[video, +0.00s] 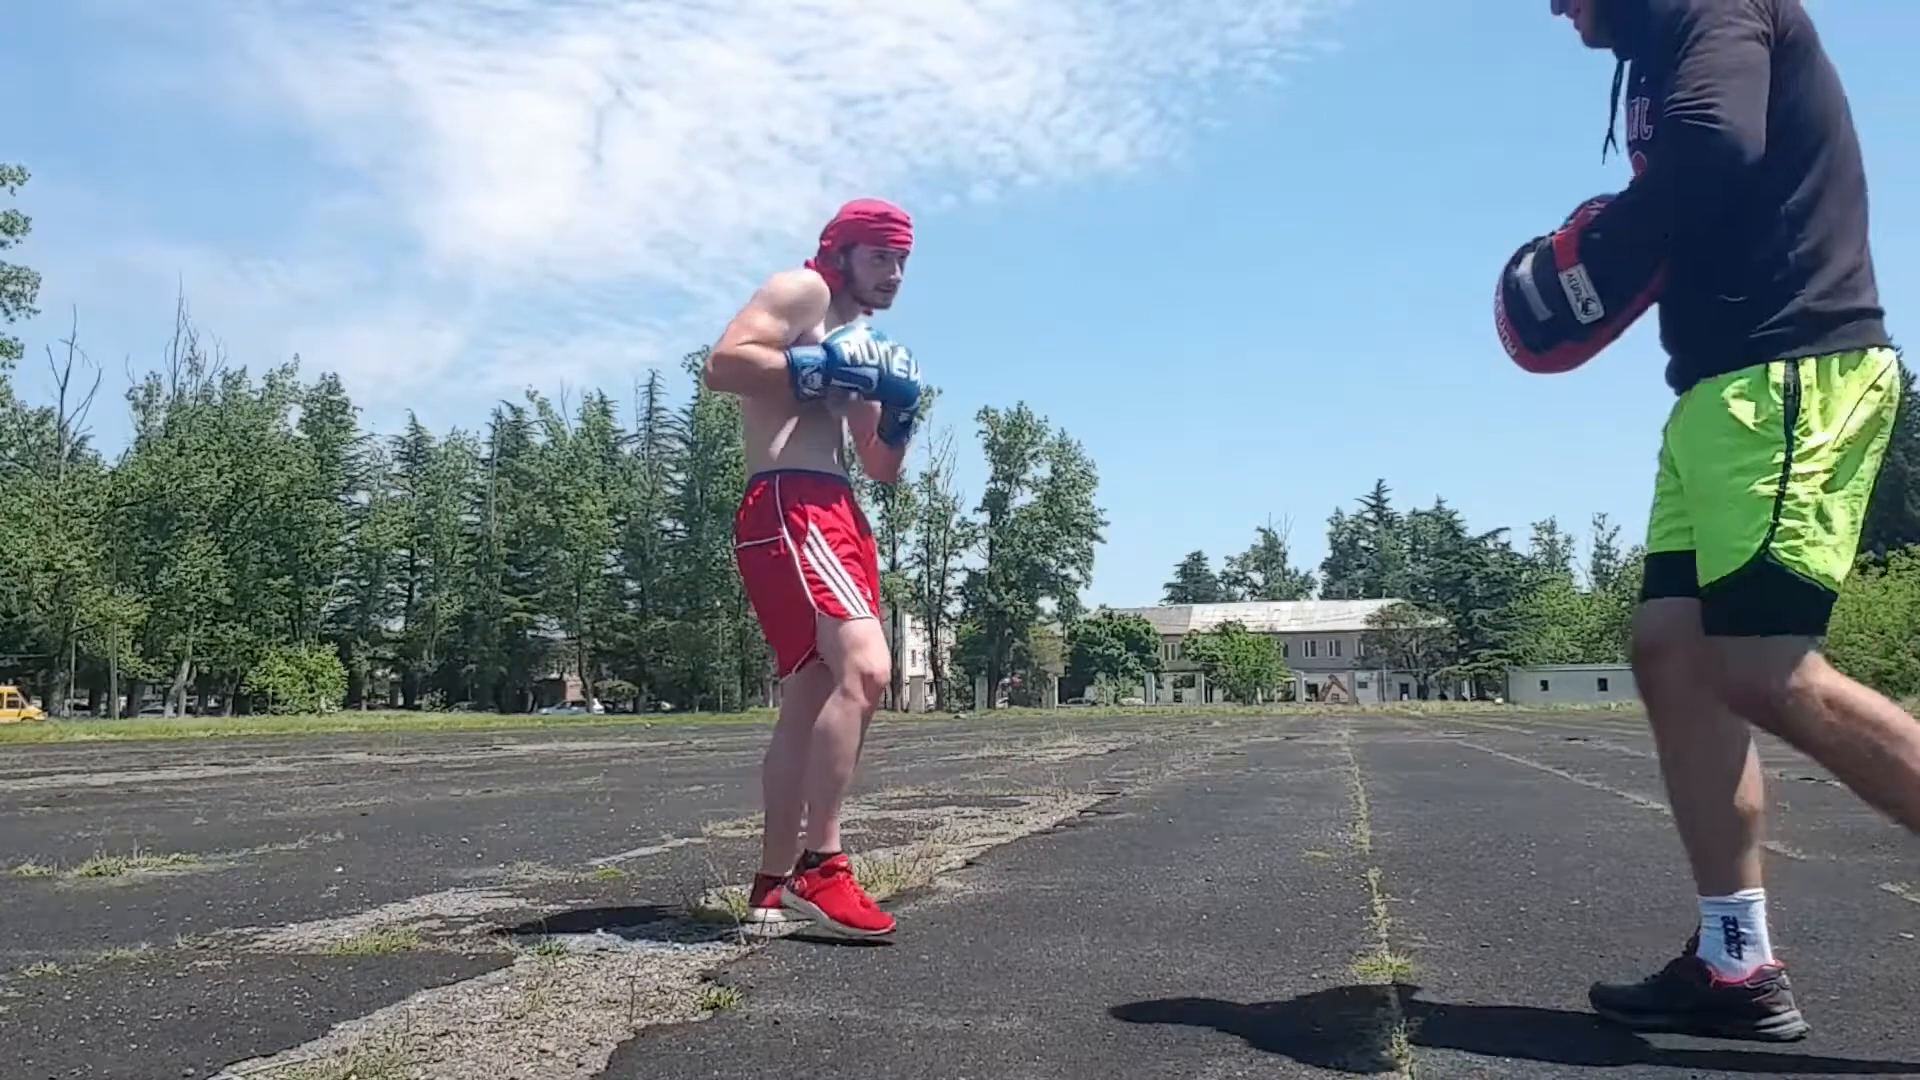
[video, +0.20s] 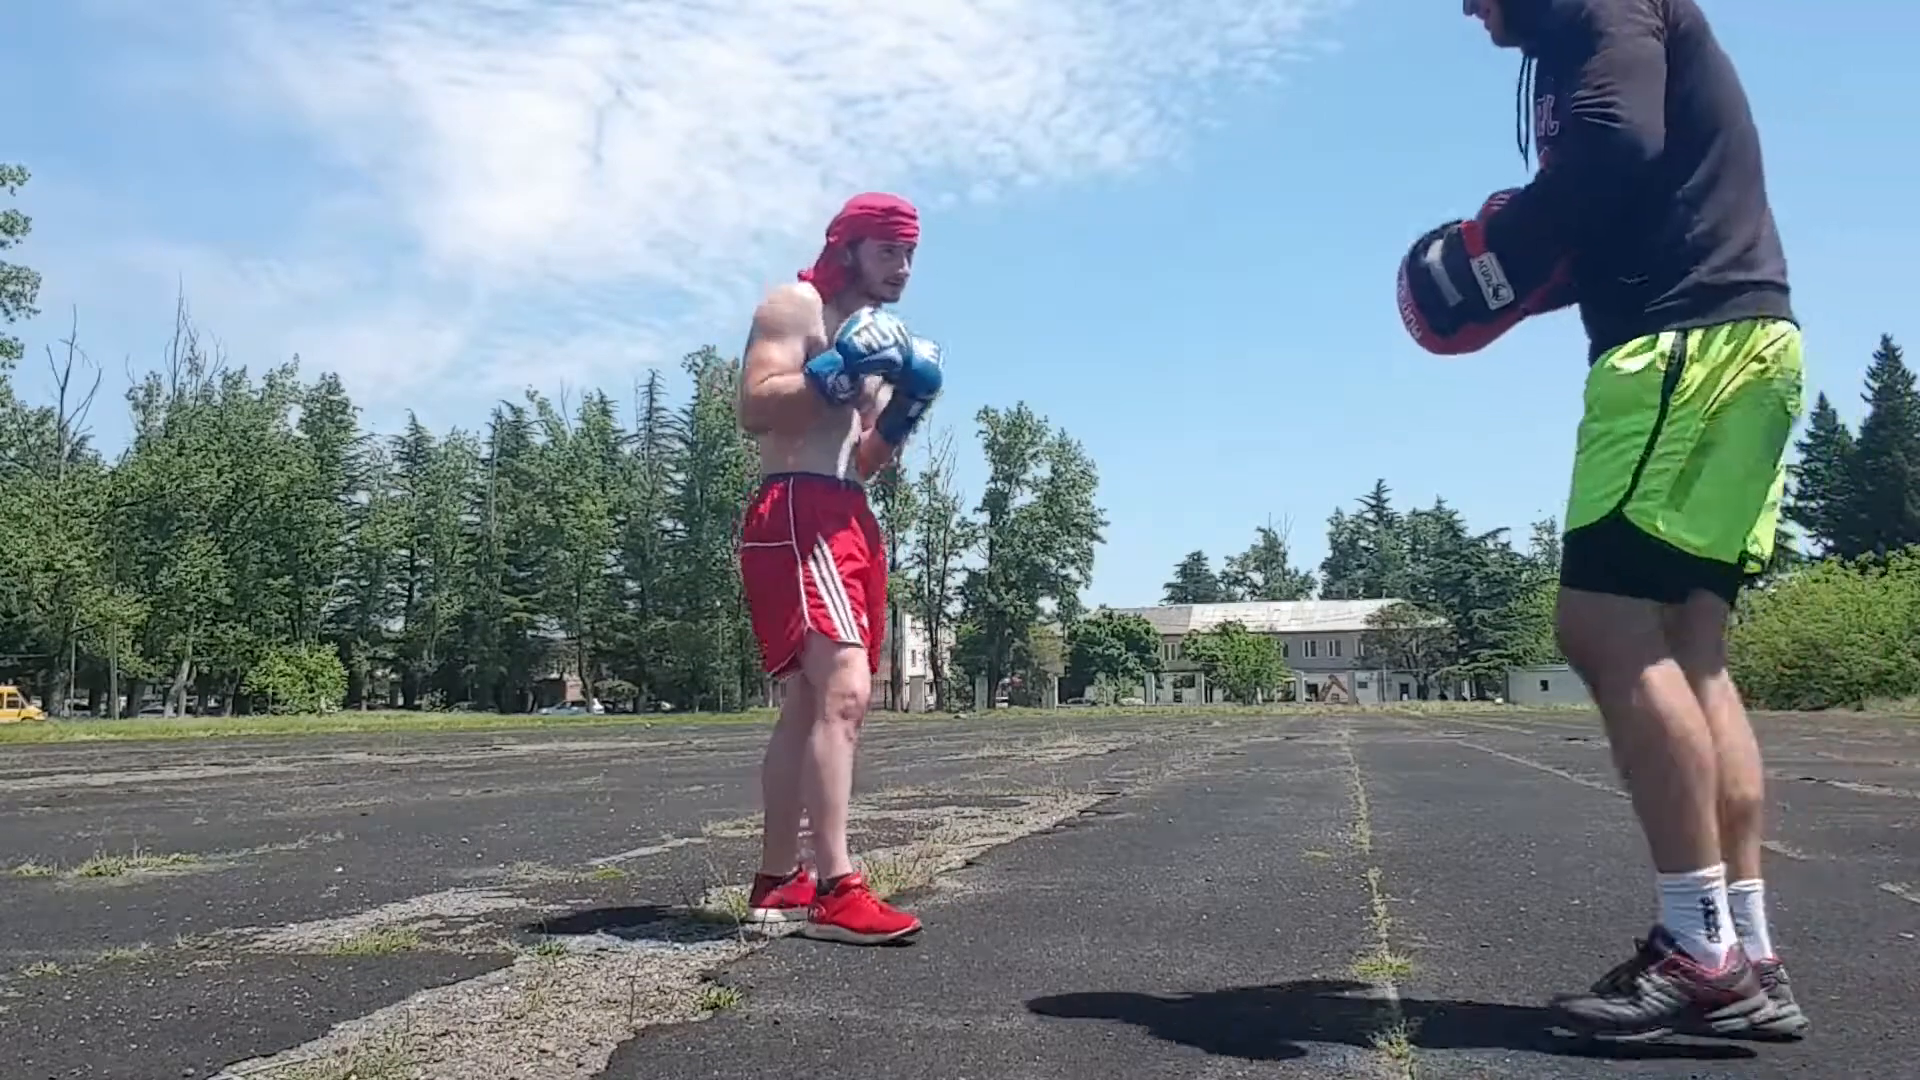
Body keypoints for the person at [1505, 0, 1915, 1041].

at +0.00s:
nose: (1561, 9)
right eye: (1557, 2)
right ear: (1609, 8)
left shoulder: (1713, 7)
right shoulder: (1660, 62)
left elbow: (1720, 141)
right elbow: (1688, 210)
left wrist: (1596, 248)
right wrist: (1581, 271)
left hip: (1798, 368)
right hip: (1720, 382)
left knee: (1757, 666)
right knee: (1670, 650)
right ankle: (1735, 965)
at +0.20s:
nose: (1475, 13)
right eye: (1469, 5)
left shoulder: (1585, 6)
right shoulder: (1624, 35)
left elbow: (1622, 140)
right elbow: (1635, 217)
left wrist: (1496, 238)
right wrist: (1512, 277)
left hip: (1683, 337)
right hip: (1742, 333)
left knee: (1603, 623)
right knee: (1694, 650)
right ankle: (1745, 961)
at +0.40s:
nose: (1417, 54)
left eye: (1412, 31)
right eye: (1410, 39)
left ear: (1444, 7)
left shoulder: (1510, 39)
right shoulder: (1586, 54)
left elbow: (1503, 205)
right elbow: (1553, 251)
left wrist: (1425, 318)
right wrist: (1456, 332)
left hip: (1591, 386)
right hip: (1660, 387)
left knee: (1501, 658)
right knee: (1513, 654)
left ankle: (1596, 977)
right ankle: (1657, 887)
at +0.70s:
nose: (1337, 77)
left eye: (1337, 51)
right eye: (1331, 57)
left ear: (1371, 26)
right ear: (1425, 20)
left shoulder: (1414, 67)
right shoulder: (1480, 86)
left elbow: (1404, 218)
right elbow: (1459, 270)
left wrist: (1346, 338)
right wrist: (1380, 364)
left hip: (1525, 399)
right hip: (1545, 398)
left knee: (1477, 673)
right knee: (1446, 667)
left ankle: (1588, 961)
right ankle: (1466, 929)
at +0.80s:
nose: (1332, 111)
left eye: (1329, 88)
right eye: (1326, 94)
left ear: (1350, 62)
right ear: (1408, 40)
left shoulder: (1402, 88)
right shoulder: (1471, 110)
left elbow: (1395, 240)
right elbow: (1467, 306)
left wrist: (1325, 358)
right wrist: (1360, 378)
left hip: (1504, 412)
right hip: (1552, 409)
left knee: (1396, 664)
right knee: (1425, 672)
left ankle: (1558, 925)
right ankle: (1462, 926)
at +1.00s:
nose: (1315, 67)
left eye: (1314, 43)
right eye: (1310, 49)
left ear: (1350, 20)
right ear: (1402, 17)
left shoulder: (1392, 71)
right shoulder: (1461, 92)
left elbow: (1307, 211)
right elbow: (1428, 250)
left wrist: (1215, 255)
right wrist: (1329, 270)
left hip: (1475, 399)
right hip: (1512, 393)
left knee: (1436, 664)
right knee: (1415, 660)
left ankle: (1542, 942)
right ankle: (1463, 914)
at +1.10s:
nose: (1323, 87)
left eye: (1326, 68)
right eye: (1321, 71)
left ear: (1358, 49)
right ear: (1410, 35)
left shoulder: (1391, 107)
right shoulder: (1468, 110)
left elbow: (1253, 205)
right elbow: (1376, 211)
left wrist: (1150, 225)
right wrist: (1269, 182)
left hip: (1465, 433)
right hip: (1496, 426)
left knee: (1410, 694)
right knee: (1348, 642)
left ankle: (1541, 946)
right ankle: (1441, 881)